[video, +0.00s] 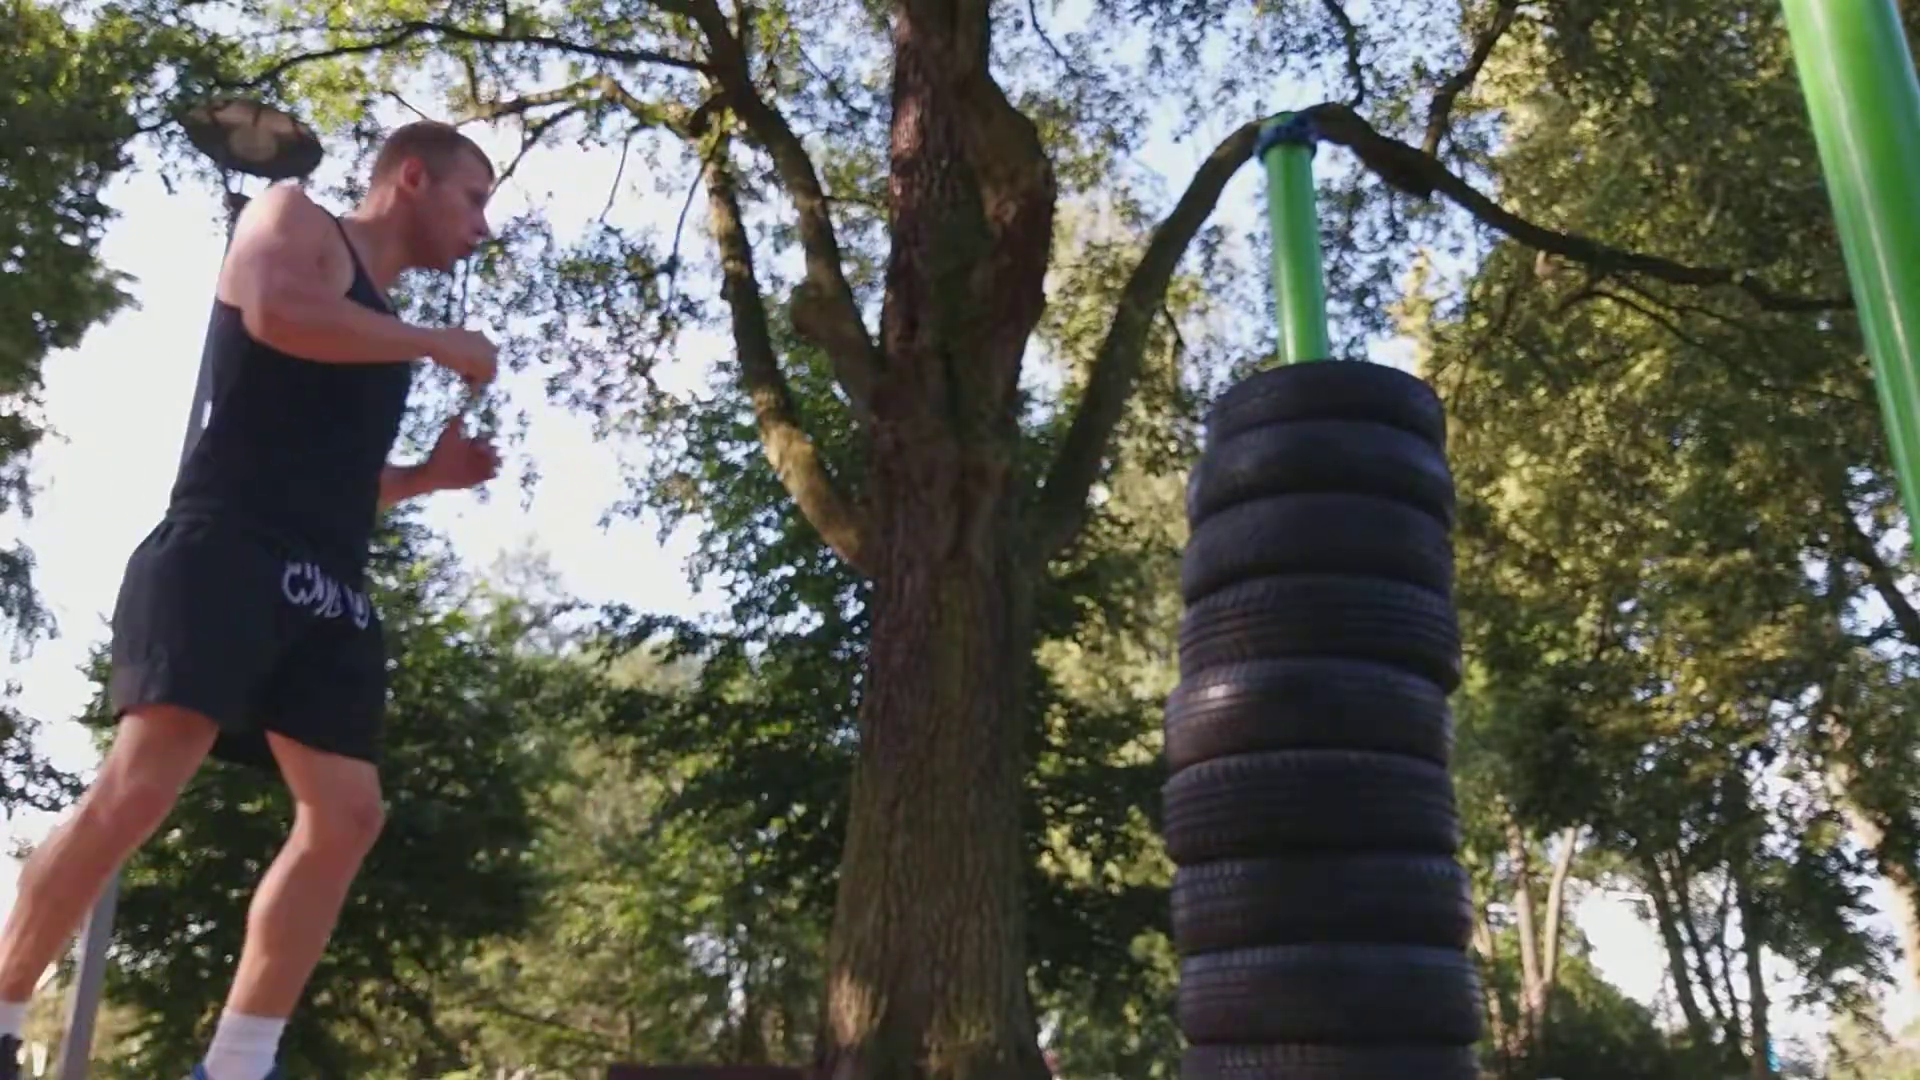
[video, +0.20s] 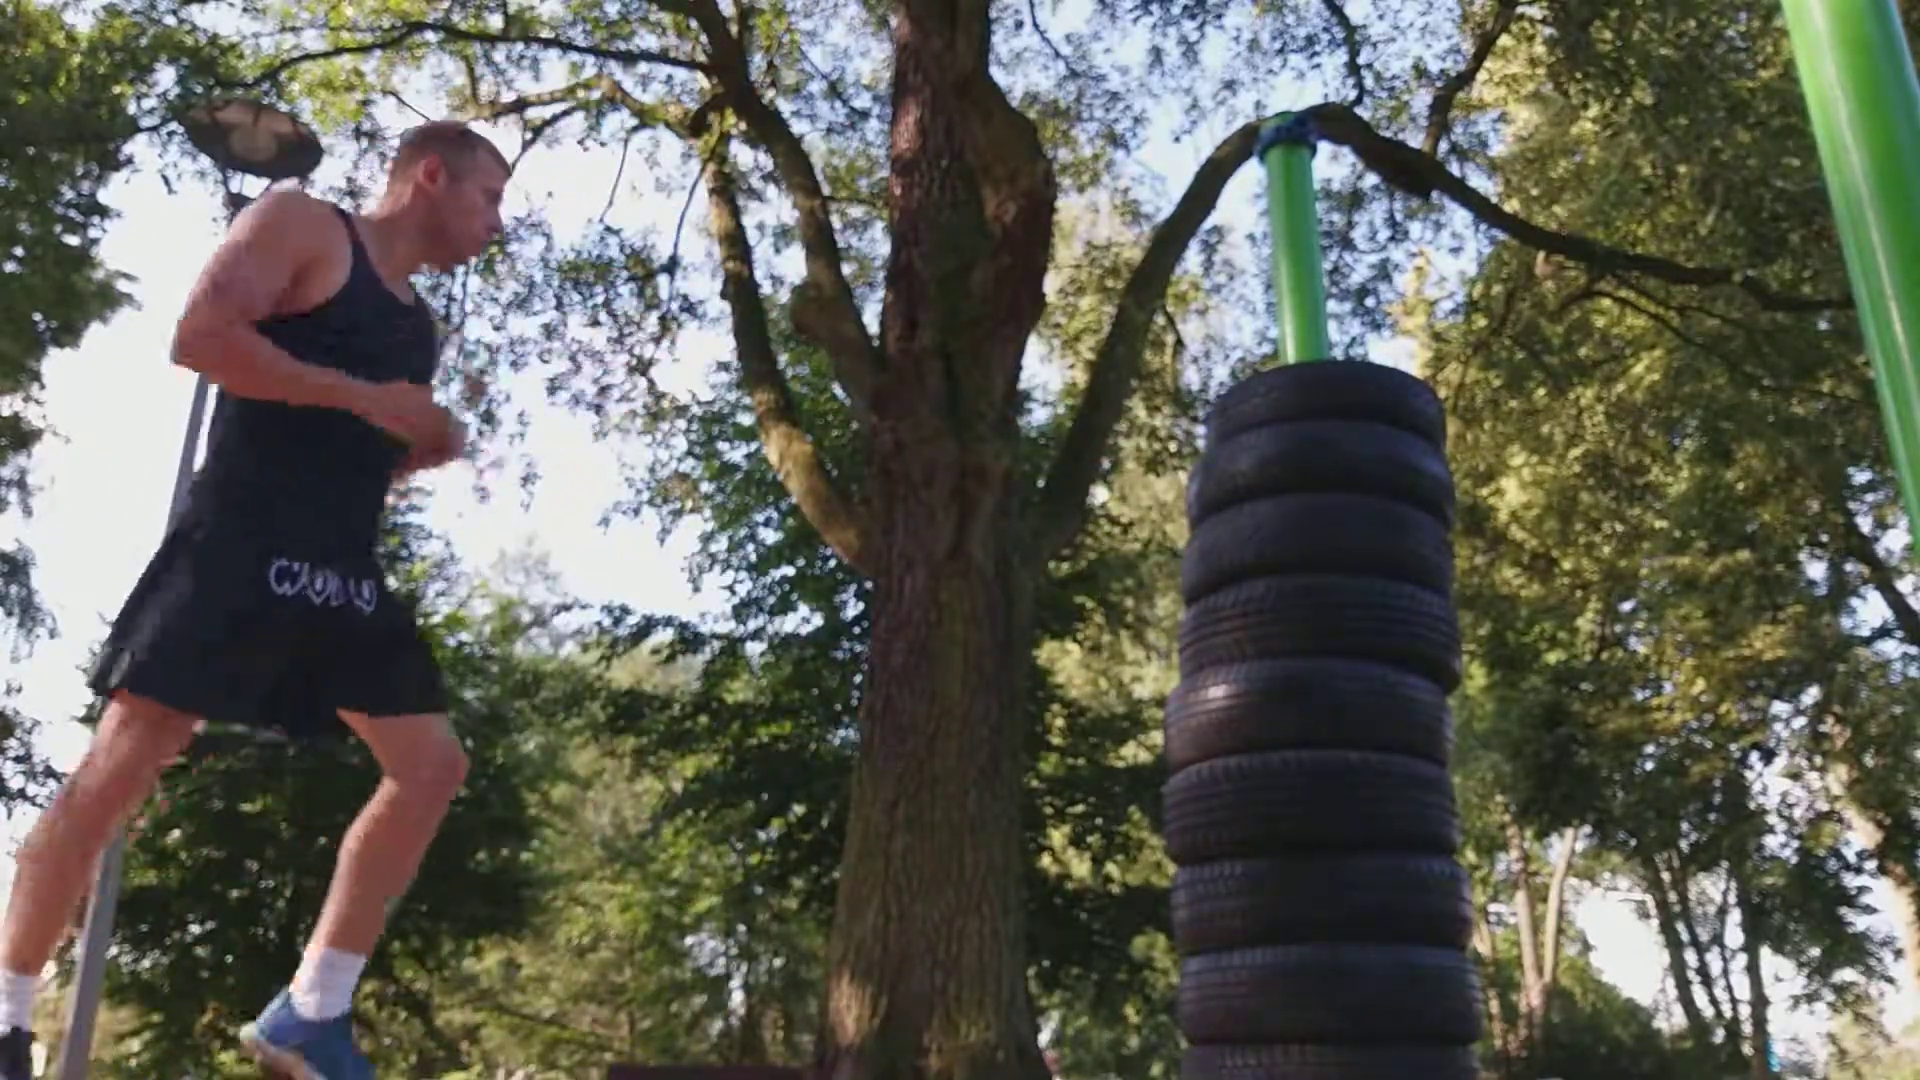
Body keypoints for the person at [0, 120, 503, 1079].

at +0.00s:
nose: (481, 228)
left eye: (487, 211)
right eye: (474, 201)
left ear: (421, 191)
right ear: (409, 176)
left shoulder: (380, 317)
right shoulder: (295, 212)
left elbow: (331, 482)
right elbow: (276, 315)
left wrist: (429, 474)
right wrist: (431, 341)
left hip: (324, 593)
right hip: (220, 557)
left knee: (346, 817)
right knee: (138, 790)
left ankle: (235, 1068)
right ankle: (4, 1009)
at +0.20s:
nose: (497, 224)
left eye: (502, 205)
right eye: (491, 197)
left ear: (442, 190)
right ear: (428, 177)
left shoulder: (419, 326)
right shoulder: (300, 219)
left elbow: (350, 459)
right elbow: (203, 335)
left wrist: (418, 454)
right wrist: (366, 397)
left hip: (344, 577)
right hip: (232, 555)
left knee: (430, 769)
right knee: (117, 772)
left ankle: (313, 1009)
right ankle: (9, 1007)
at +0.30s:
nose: (520, 224)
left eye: (525, 206)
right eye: (512, 199)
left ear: (457, 188)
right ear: (449, 177)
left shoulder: (459, 330)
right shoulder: (315, 227)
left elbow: (442, 464)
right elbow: (182, 331)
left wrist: (465, 471)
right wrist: (282, 446)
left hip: (367, 574)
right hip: (256, 548)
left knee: (459, 763)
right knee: (146, 754)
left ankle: (384, 1012)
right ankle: (15, 997)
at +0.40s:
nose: (529, 271)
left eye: (533, 253)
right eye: (521, 246)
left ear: (473, 241)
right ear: (458, 228)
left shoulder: (477, 375)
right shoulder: (325, 289)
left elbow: (499, 514)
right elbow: (181, 393)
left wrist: (533, 551)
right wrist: (213, 517)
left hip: (387, 627)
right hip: (271, 599)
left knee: (486, 804)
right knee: (143, 796)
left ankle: (457, 1052)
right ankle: (7, 1025)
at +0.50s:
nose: (555, 318)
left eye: (557, 301)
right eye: (545, 293)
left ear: (492, 292)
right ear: (485, 282)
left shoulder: (494, 434)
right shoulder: (365, 344)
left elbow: (517, 562)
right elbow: (224, 443)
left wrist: (614, 567)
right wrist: (235, 567)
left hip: (428, 685)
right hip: (328, 655)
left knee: (522, 842)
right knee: (212, 839)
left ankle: (483, 1073)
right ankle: (21, 1031)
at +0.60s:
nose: (582, 335)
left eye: (581, 319)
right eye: (572, 316)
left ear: (527, 316)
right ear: (528, 311)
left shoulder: (512, 409)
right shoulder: (458, 343)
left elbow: (514, 574)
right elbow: (347, 422)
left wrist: (619, 555)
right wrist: (422, 529)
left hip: (486, 656)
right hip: (446, 645)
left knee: (534, 855)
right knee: (500, 847)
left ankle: (482, 1068)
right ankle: (206, 955)